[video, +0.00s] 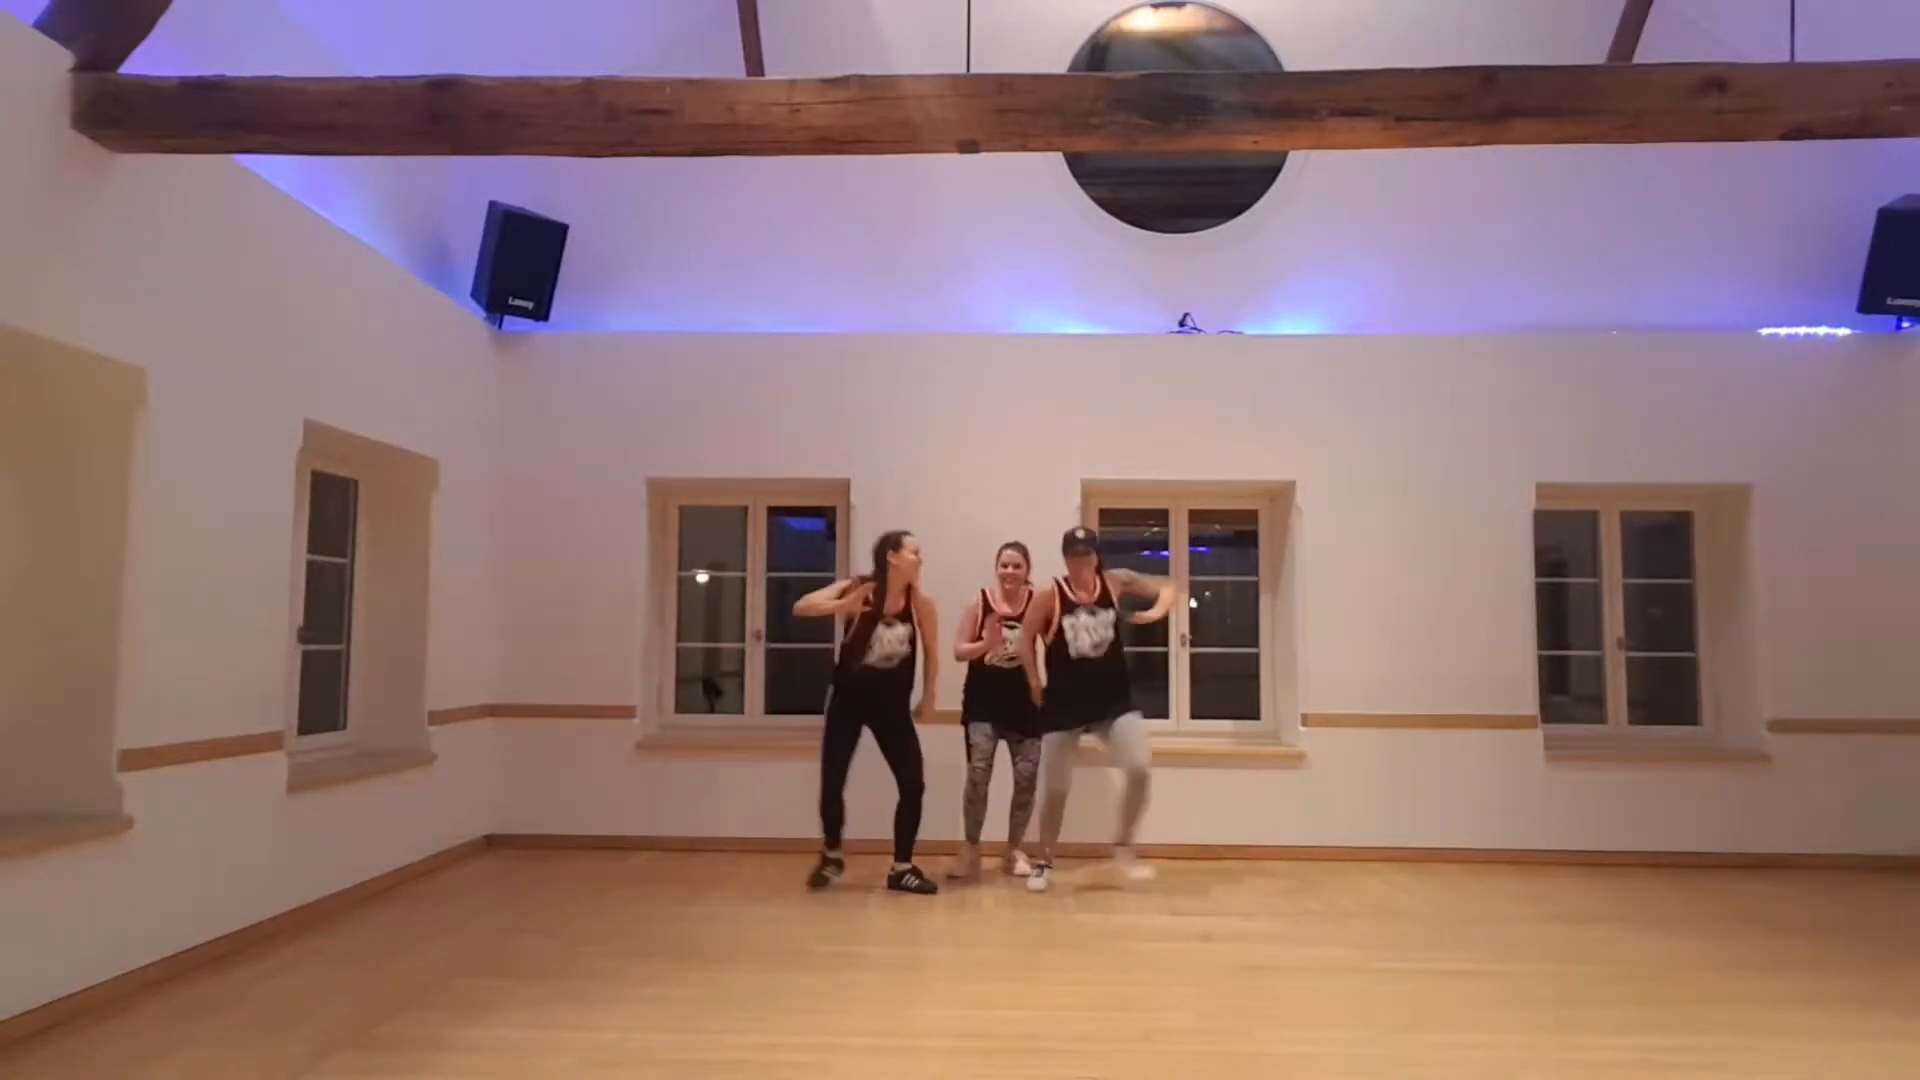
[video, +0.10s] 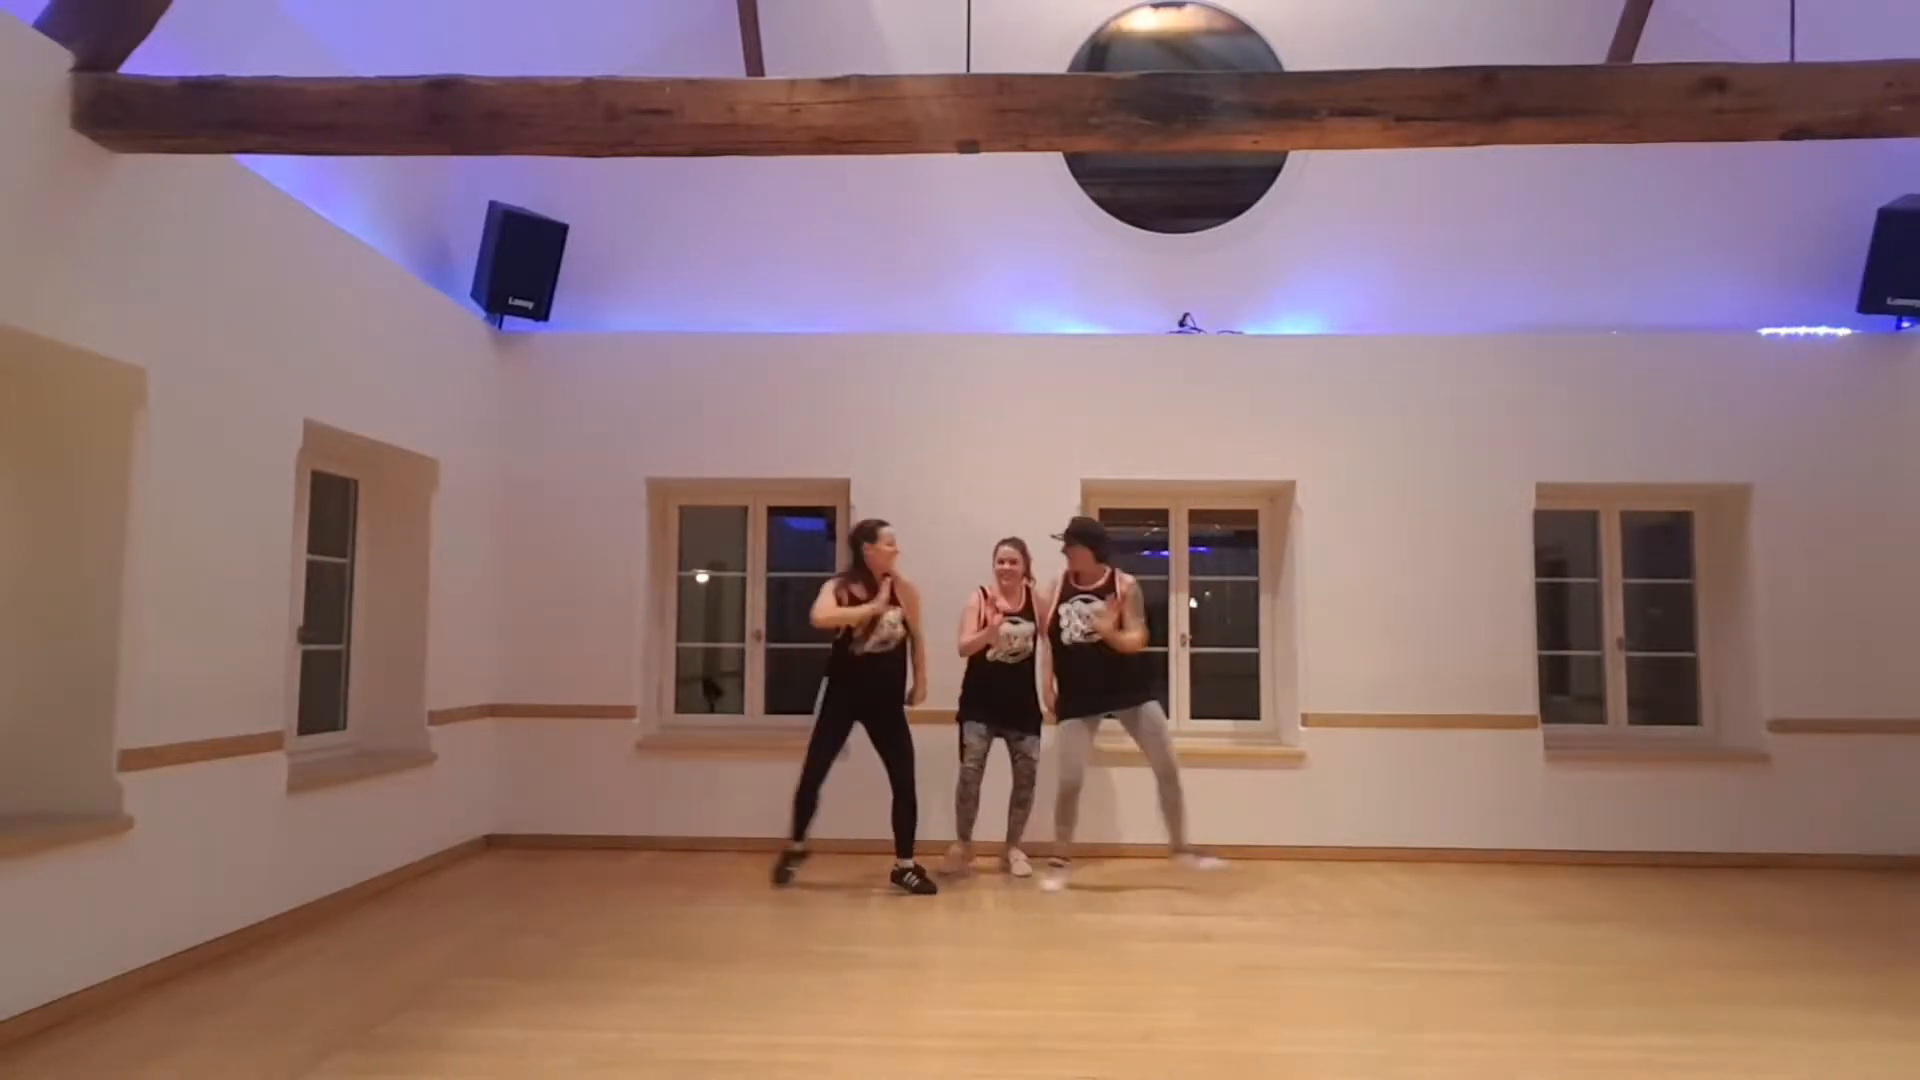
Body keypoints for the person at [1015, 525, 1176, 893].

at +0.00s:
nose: (1080, 563)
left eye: (1086, 556)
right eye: (1074, 556)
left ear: (1096, 556)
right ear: (1064, 558)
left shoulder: (1117, 582)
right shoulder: (1049, 595)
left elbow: (1169, 588)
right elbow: (1025, 640)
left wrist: (1155, 612)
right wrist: (1035, 686)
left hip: (1112, 700)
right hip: (1064, 703)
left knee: (1139, 769)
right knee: (1055, 788)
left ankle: (1124, 848)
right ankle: (1044, 862)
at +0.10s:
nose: (1068, 556)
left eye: (1074, 549)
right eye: (1066, 549)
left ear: (1095, 550)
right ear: (1068, 552)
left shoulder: (1125, 586)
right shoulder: (1060, 587)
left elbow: (1137, 639)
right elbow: (1047, 640)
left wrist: (1111, 634)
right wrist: (1048, 688)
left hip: (1128, 692)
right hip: (1076, 696)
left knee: (1166, 766)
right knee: (1069, 779)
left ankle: (1180, 851)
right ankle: (1059, 861)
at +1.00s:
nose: (1237, 591)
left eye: (1240, 584)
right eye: (1231, 583)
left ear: (1243, 586)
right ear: (1210, 582)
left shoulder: (1246, 618)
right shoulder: (1182, 608)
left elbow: (1288, 638)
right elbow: (1126, 605)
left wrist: (1300, 601)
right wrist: (1132, 587)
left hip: (1266, 719)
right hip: (1225, 728)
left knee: (1284, 802)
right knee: (1268, 803)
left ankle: (1252, 870)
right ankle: (1248, 873)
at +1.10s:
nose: (1236, 588)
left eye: (1240, 581)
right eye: (1230, 580)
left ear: (1244, 584)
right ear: (1212, 580)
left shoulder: (1250, 613)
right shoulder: (1184, 605)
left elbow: (1293, 625)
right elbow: (1126, 584)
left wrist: (1334, 613)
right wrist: (1146, 592)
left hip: (1262, 718)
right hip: (1223, 726)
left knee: (1281, 799)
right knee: (1271, 799)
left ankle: (1254, 870)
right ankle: (1247, 872)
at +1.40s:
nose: (1242, 567)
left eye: (1244, 561)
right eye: (1237, 560)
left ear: (1236, 565)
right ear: (1216, 563)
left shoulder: (1236, 595)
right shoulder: (1197, 603)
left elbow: (1268, 608)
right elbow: (1236, 658)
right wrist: (1265, 624)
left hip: (1217, 709)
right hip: (1179, 707)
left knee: (1249, 785)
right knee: (1184, 775)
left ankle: (1245, 872)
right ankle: (1139, 868)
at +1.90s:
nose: (1166, 561)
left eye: (1168, 554)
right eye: (1160, 554)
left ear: (1164, 558)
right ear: (1139, 555)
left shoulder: (1159, 596)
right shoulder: (1111, 585)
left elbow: (1159, 657)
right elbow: (1098, 608)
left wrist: (1183, 693)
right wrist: (1151, 605)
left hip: (1153, 704)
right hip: (1112, 707)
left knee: (1199, 781)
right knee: (1113, 801)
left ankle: (1190, 873)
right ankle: (1086, 883)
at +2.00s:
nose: (1164, 550)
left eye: (1165, 543)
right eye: (1157, 543)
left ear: (1164, 547)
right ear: (1134, 546)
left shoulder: (1164, 580)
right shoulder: (1110, 583)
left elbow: (1161, 624)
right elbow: (1047, 600)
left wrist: (1169, 655)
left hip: (1150, 700)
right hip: (1107, 703)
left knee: (1176, 784)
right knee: (1107, 798)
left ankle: (1143, 873)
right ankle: (1086, 881)